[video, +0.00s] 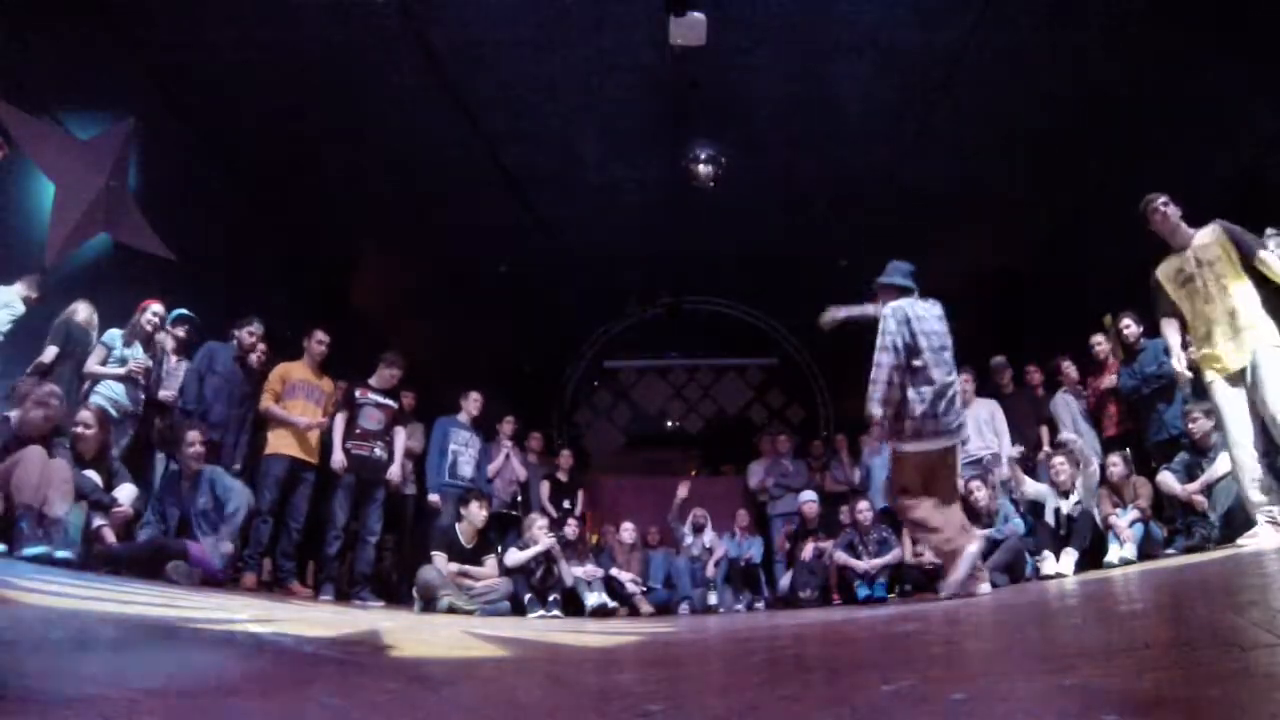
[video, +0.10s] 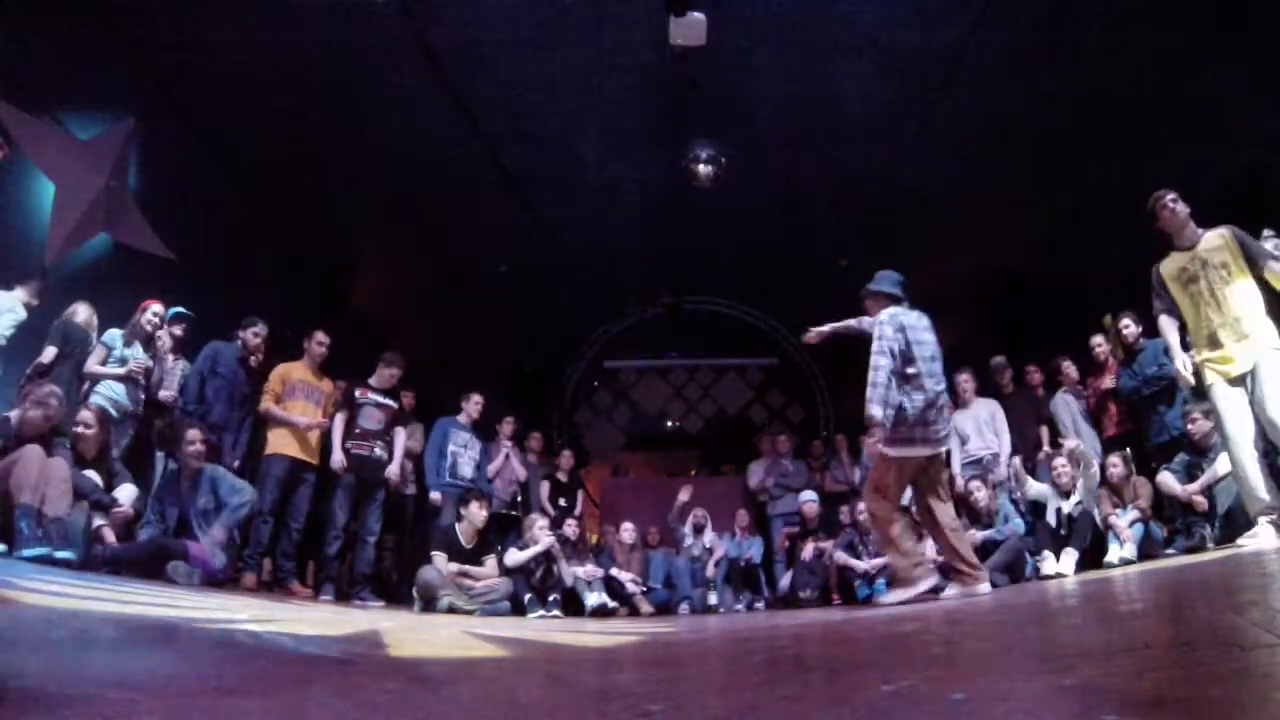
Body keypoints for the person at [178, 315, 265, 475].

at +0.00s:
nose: (254, 341)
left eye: (258, 338)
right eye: (250, 334)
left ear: (260, 342)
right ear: (237, 332)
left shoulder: (252, 370)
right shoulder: (211, 350)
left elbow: (248, 414)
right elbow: (192, 378)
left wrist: (239, 457)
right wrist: (191, 410)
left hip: (229, 439)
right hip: (201, 429)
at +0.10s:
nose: (258, 342)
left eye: (262, 338)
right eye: (255, 335)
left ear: (264, 343)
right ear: (241, 333)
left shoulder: (255, 369)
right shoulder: (215, 350)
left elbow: (249, 413)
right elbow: (193, 380)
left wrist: (238, 454)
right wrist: (190, 413)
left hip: (229, 436)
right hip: (202, 427)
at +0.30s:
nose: (265, 345)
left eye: (268, 342)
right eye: (261, 338)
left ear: (270, 347)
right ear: (247, 336)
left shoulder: (260, 372)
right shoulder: (220, 351)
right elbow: (193, 377)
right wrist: (187, 410)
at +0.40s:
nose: (261, 340)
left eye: (265, 337)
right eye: (257, 333)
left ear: (267, 343)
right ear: (243, 334)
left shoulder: (258, 372)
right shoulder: (216, 350)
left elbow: (250, 408)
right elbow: (189, 377)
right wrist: (183, 411)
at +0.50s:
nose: (255, 335)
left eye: (260, 332)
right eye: (251, 329)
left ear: (261, 337)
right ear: (238, 329)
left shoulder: (253, 368)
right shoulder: (210, 348)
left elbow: (248, 410)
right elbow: (186, 377)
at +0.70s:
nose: (242, 333)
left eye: (247, 329)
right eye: (238, 326)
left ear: (251, 334)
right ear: (226, 326)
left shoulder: (250, 370)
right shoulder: (200, 349)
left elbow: (247, 414)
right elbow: (178, 383)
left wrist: (233, 452)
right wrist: (183, 421)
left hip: (221, 441)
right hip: (188, 433)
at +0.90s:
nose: (231, 331)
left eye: (236, 327)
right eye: (226, 324)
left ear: (240, 332)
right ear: (214, 325)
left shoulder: (239, 363)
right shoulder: (193, 351)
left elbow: (238, 406)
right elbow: (169, 387)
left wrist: (225, 441)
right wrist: (177, 423)